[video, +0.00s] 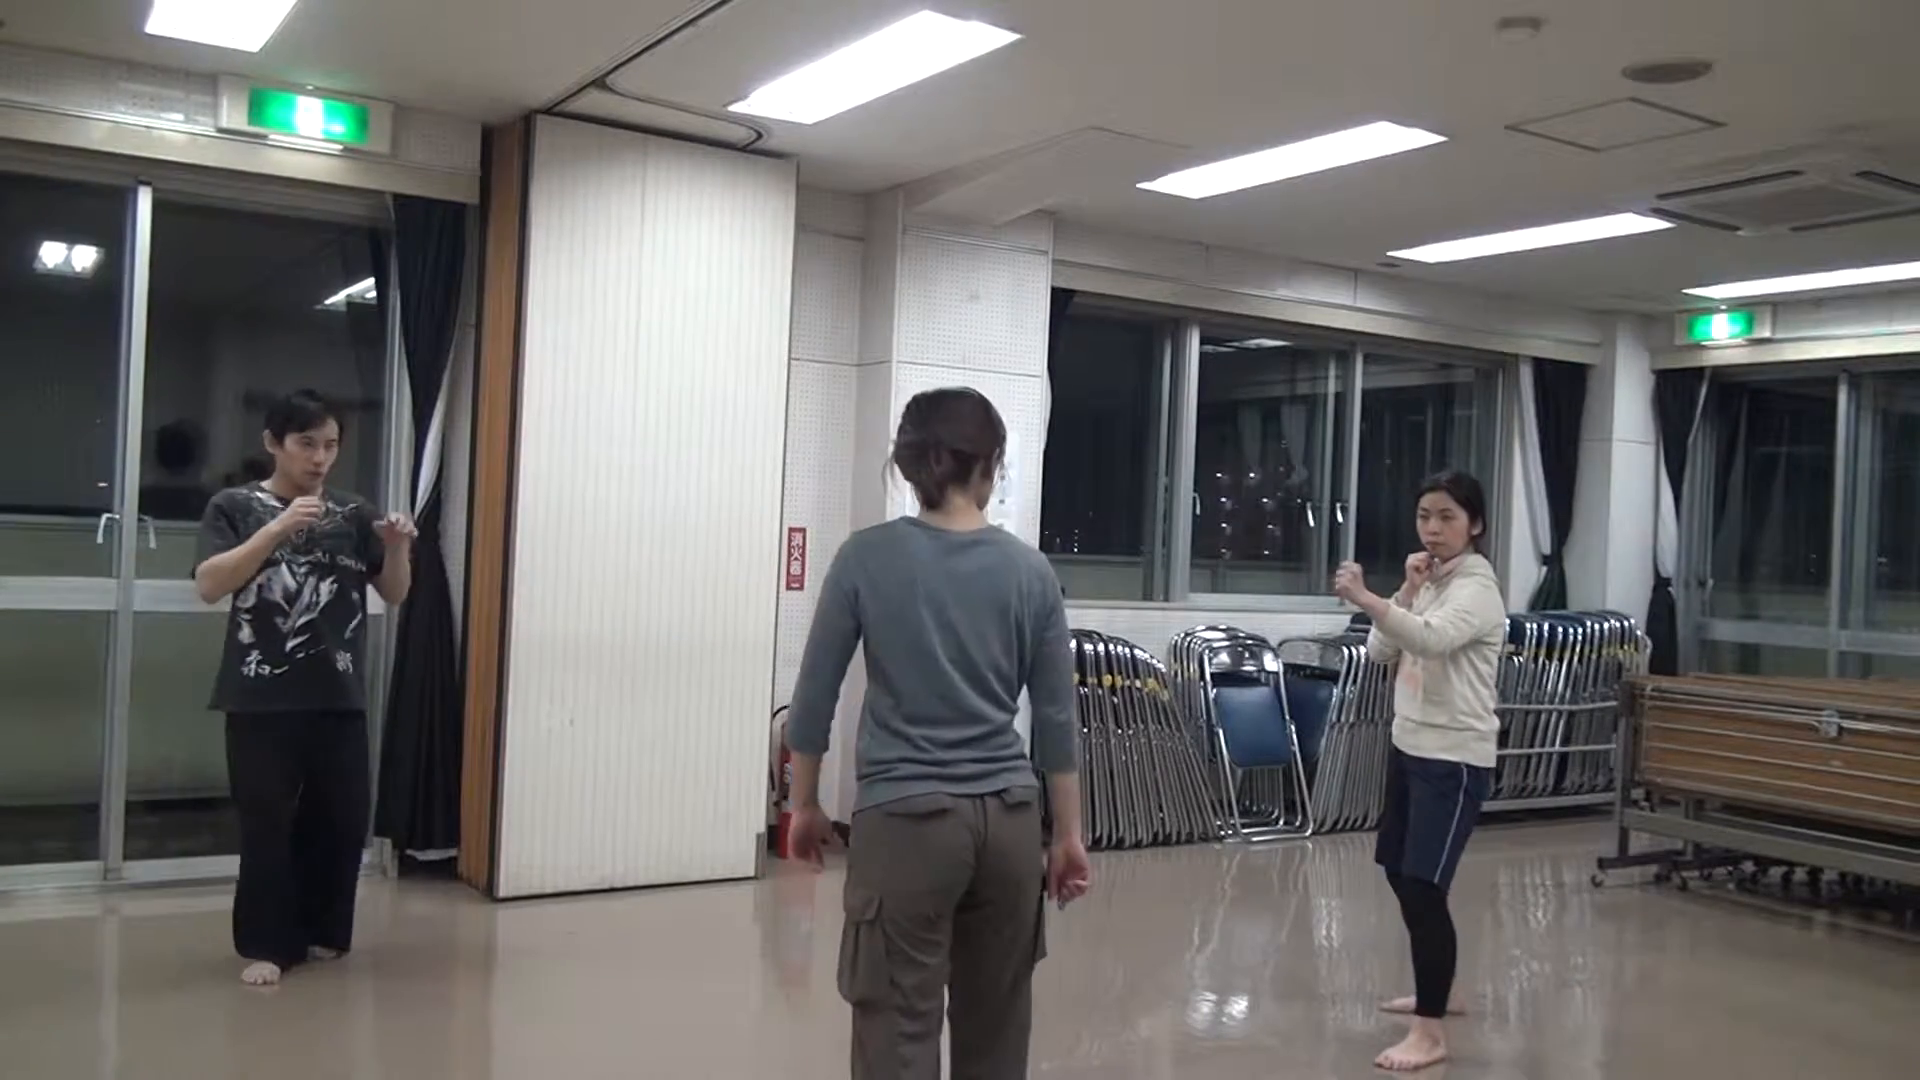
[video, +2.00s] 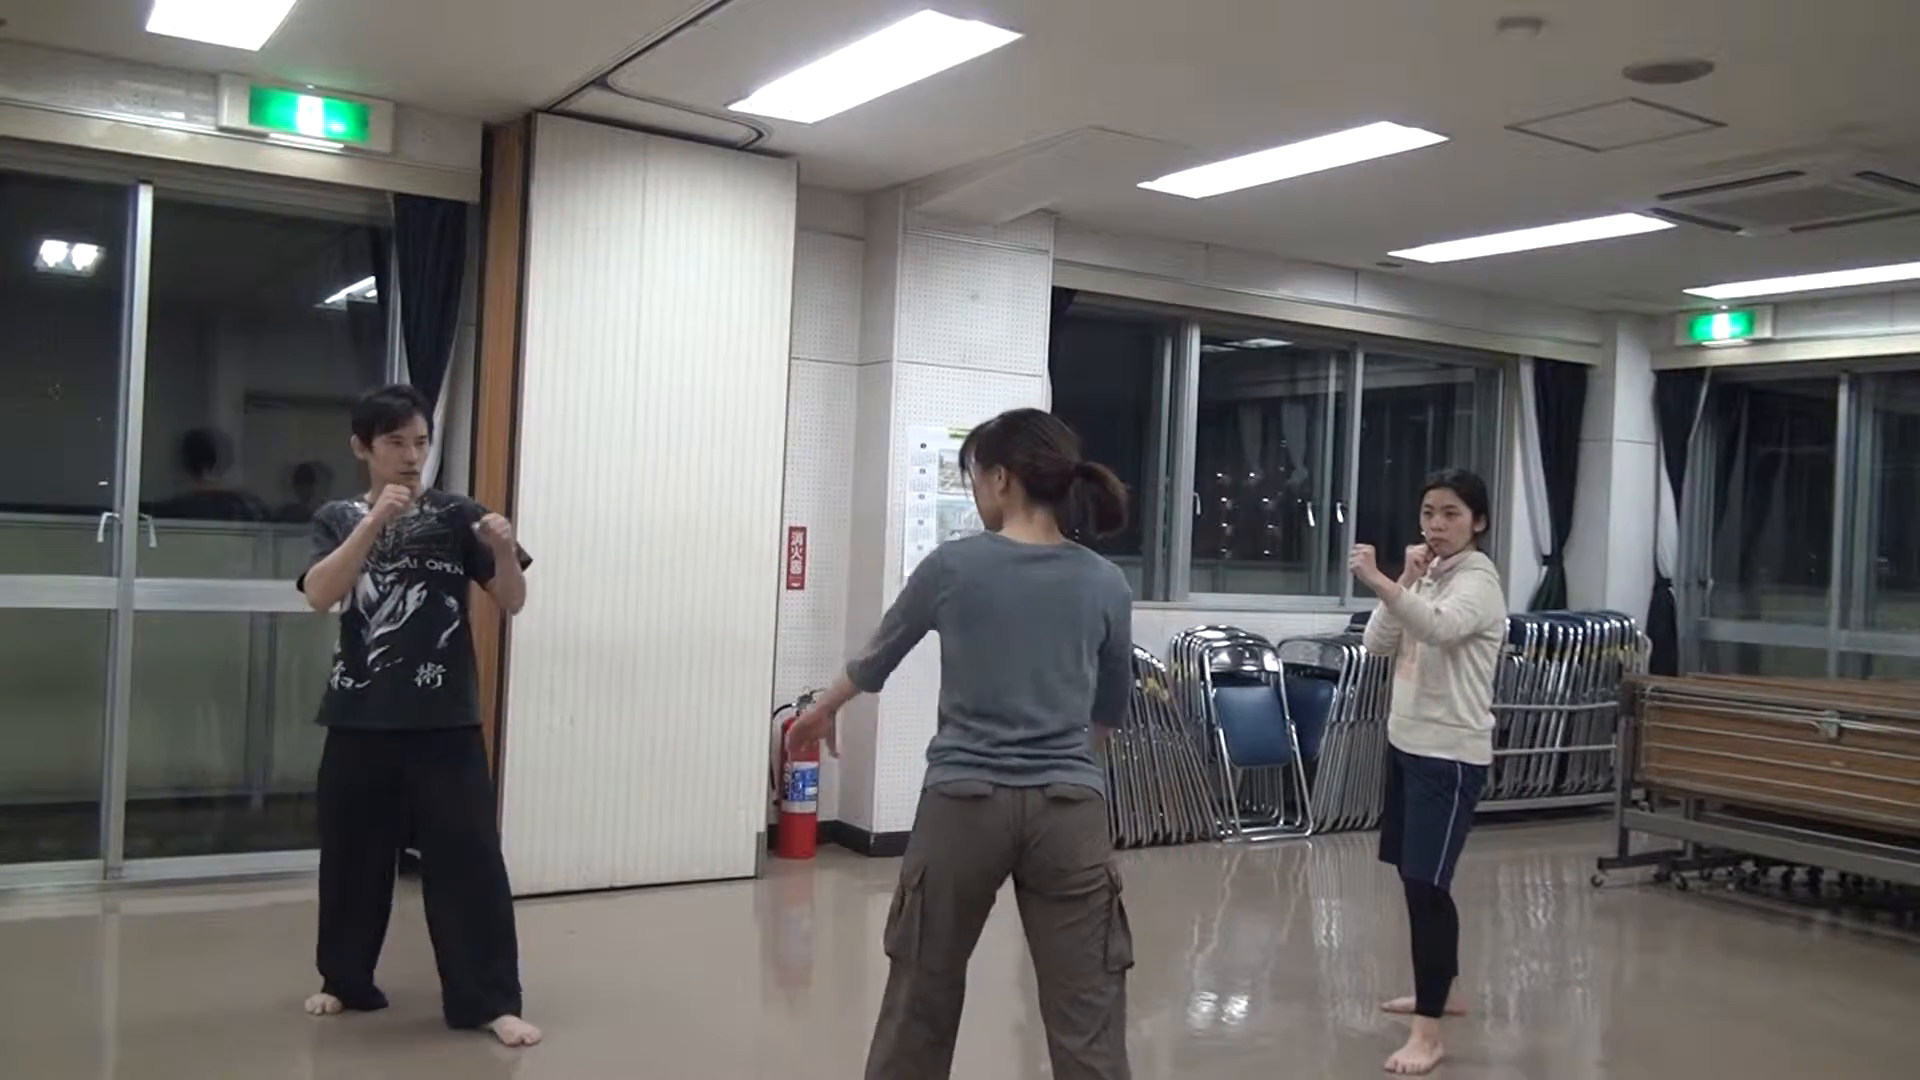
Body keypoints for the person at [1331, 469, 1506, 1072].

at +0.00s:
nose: (1430, 527)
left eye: (1443, 516)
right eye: (1424, 516)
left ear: (1473, 524)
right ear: (1417, 523)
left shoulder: (1478, 584)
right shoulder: (1425, 582)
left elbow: (1439, 637)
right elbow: (1381, 650)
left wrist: (1368, 601)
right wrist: (1406, 593)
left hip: (1454, 760)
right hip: (1411, 752)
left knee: (1423, 886)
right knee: (1397, 869)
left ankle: (1429, 1032)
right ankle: (1436, 993)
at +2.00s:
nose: (1436, 523)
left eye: (1450, 513)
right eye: (1429, 512)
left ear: (1477, 522)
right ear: (1421, 520)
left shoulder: (1480, 580)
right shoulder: (1424, 579)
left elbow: (1444, 627)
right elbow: (1376, 644)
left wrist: (1384, 583)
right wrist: (1405, 587)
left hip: (1449, 754)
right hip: (1409, 747)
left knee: (1426, 881)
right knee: (1412, 873)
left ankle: (1426, 1032)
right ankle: (1443, 990)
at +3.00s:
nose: (1433, 525)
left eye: (1447, 515)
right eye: (1427, 514)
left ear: (1475, 523)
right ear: (1419, 520)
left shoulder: (1477, 582)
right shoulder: (1422, 581)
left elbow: (1441, 632)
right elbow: (1374, 645)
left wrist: (1380, 588)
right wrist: (1404, 588)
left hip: (1446, 756)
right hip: (1406, 748)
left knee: (1425, 884)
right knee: (1408, 873)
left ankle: (1426, 1033)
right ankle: (1440, 990)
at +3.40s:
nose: (1433, 524)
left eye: (1447, 514)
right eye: (1427, 514)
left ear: (1474, 523)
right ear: (1419, 521)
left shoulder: (1477, 581)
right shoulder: (1422, 581)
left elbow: (1441, 631)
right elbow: (1376, 646)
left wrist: (1378, 588)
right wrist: (1404, 587)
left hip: (1448, 756)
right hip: (1407, 748)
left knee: (1427, 882)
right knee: (1409, 871)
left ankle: (1428, 1031)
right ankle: (1439, 988)